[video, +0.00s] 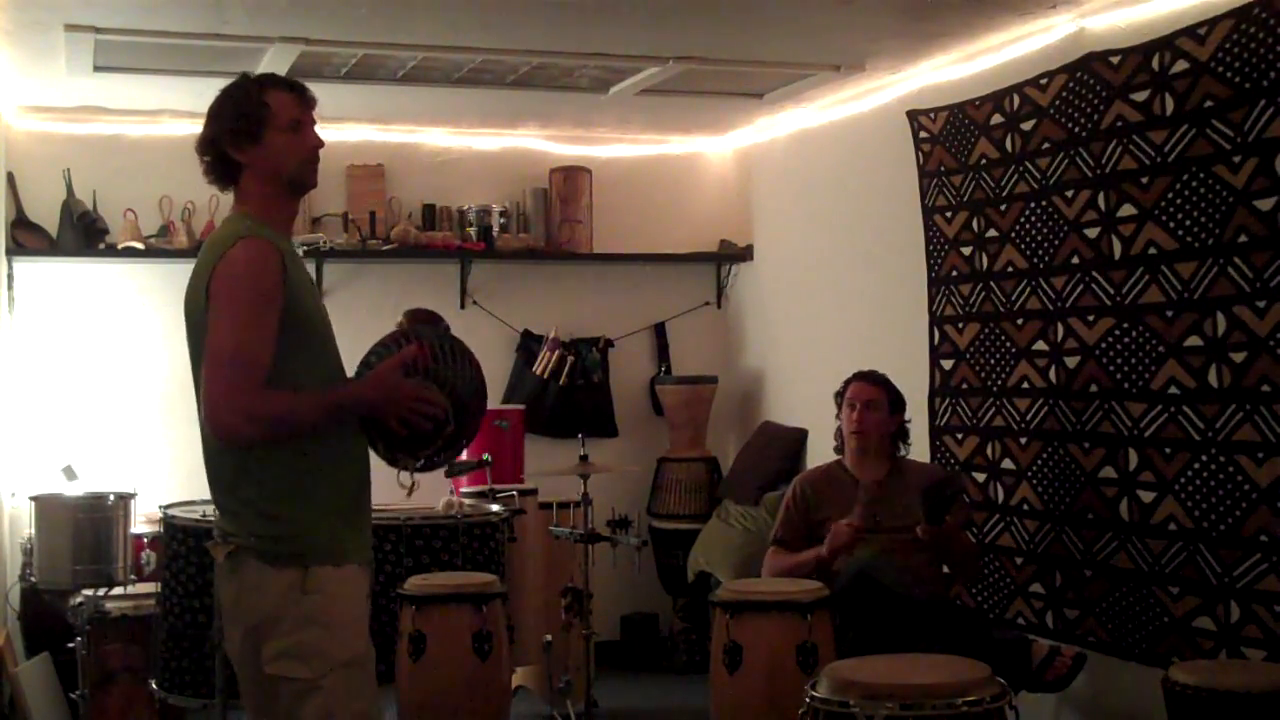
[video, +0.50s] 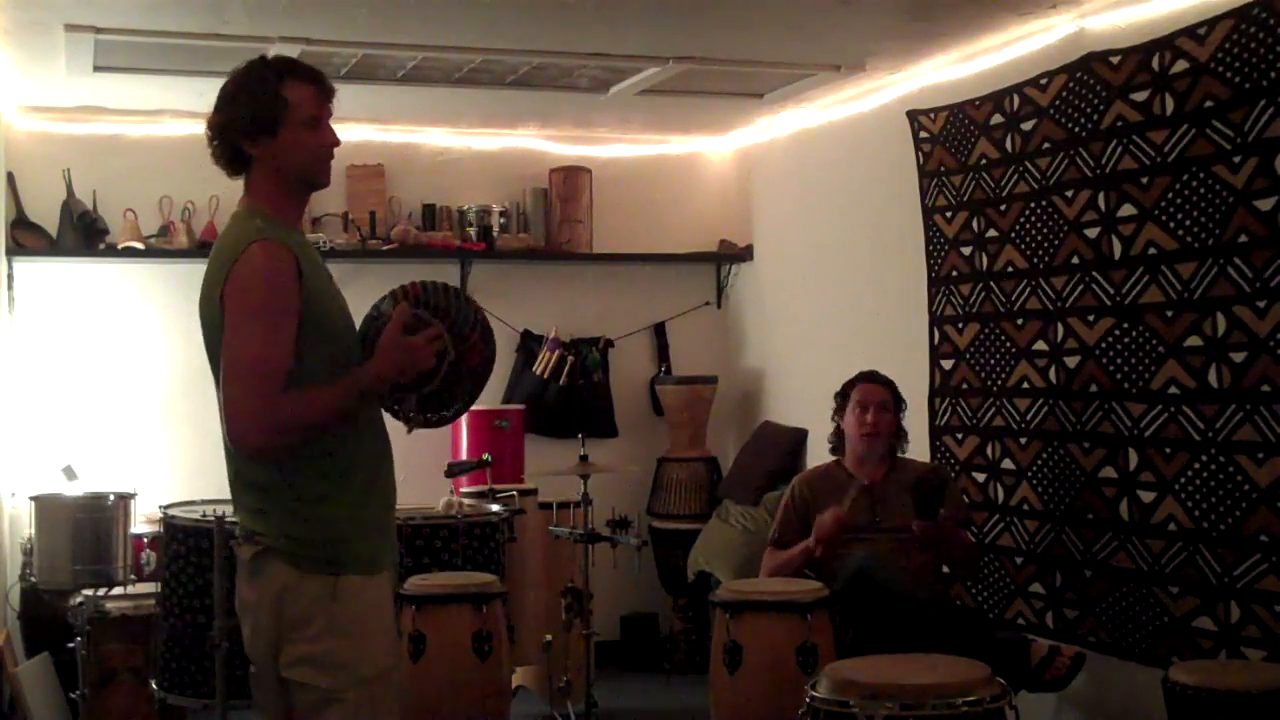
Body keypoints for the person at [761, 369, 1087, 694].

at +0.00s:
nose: (857, 416)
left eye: (870, 408)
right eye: (850, 406)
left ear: (896, 422)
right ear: (839, 418)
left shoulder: (930, 481)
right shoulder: (810, 487)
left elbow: (971, 569)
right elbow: (771, 570)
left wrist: (945, 539)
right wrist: (824, 551)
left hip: (925, 608)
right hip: (843, 614)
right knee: (864, 576)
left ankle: (1019, 663)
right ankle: (1014, 650)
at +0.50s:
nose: (871, 419)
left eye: (883, 410)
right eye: (861, 409)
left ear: (898, 423)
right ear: (841, 420)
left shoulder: (928, 481)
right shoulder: (809, 487)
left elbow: (969, 565)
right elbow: (769, 573)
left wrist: (943, 543)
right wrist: (812, 543)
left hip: (920, 605)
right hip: (839, 613)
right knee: (866, 571)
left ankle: (1020, 664)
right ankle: (1015, 648)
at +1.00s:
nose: (865, 419)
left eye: (877, 410)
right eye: (856, 408)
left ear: (898, 422)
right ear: (843, 417)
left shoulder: (930, 480)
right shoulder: (810, 483)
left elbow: (971, 568)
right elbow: (770, 570)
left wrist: (946, 538)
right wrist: (815, 540)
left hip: (922, 604)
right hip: (839, 610)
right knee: (868, 566)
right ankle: (1008, 650)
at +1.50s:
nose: (912, 410)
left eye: (923, 401)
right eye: (901, 397)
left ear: (933, 413)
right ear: (875, 405)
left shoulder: (955, 475)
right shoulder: (833, 470)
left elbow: (982, 566)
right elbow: (783, 554)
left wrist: (959, 539)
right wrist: (836, 536)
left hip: (933, 612)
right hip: (853, 613)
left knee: (1018, 645)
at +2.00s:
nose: (941, 425)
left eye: (952, 415)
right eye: (930, 413)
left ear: (962, 426)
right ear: (903, 421)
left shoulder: (985, 492)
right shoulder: (861, 481)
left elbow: (1002, 583)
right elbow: (811, 566)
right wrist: (858, 577)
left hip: (953, 622)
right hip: (873, 622)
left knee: (1019, 646)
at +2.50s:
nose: (968, 450)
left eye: (979, 439)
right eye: (956, 437)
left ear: (992, 445)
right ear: (929, 438)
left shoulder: (1008, 500)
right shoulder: (883, 492)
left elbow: (1008, 588)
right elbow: (831, 575)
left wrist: (991, 612)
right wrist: (871, 578)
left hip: (966, 624)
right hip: (889, 619)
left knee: (1021, 648)